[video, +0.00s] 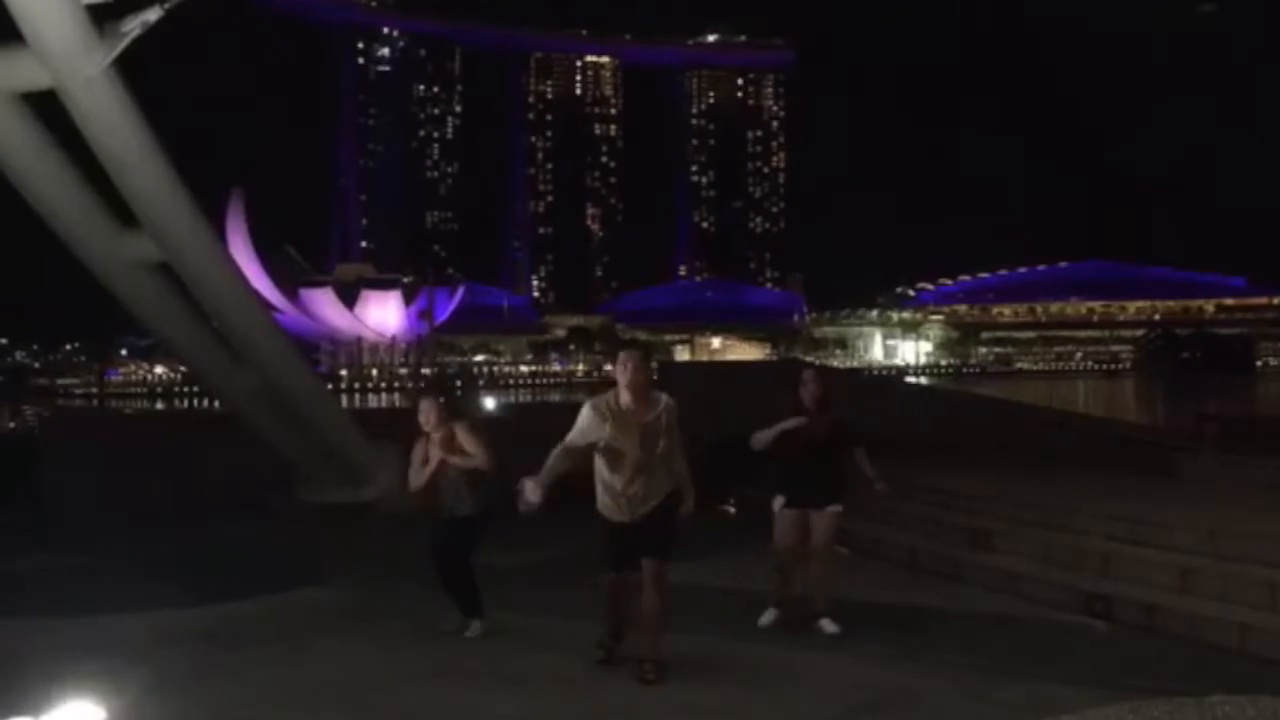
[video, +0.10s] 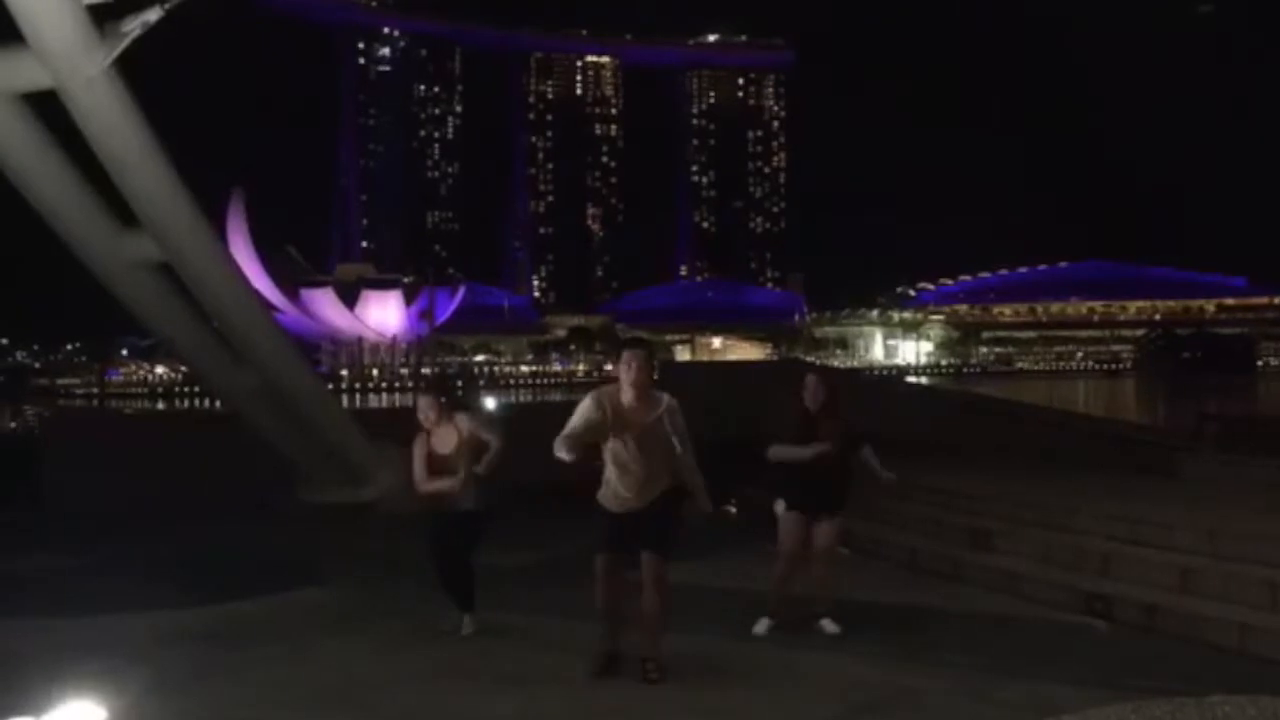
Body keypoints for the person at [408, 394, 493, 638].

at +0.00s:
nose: (424, 418)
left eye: (429, 411)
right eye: (421, 412)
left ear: (441, 412)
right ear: (418, 416)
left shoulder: (458, 431)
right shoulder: (423, 444)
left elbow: (483, 461)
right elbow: (414, 484)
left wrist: (446, 456)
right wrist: (433, 460)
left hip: (470, 508)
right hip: (443, 510)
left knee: (457, 560)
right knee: (444, 562)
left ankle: (475, 615)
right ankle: (466, 614)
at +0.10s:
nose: (425, 416)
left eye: (429, 409)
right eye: (420, 411)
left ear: (441, 407)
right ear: (417, 414)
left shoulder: (462, 423)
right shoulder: (422, 442)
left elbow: (495, 441)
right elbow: (421, 484)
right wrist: (452, 483)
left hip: (469, 503)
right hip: (441, 508)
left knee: (460, 557)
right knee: (443, 560)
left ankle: (468, 613)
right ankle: (464, 610)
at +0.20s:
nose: (422, 413)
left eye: (427, 406)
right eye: (419, 407)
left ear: (440, 405)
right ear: (417, 410)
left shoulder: (464, 415)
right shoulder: (427, 440)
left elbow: (499, 421)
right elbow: (427, 486)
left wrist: (510, 451)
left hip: (476, 499)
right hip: (448, 503)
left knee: (468, 555)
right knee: (446, 555)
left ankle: (460, 609)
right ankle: (456, 610)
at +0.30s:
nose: (422, 426)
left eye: (426, 419)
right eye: (418, 420)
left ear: (442, 415)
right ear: (418, 422)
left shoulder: (465, 418)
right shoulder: (432, 453)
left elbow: (499, 408)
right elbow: (419, 497)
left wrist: (528, 427)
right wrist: (401, 536)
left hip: (483, 499)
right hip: (451, 504)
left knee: (475, 561)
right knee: (439, 547)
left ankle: (458, 618)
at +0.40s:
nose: (424, 440)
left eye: (427, 433)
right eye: (419, 436)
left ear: (441, 428)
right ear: (418, 438)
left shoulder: (465, 429)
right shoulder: (434, 464)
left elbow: (488, 401)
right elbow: (417, 495)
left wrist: (526, 398)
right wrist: (398, 523)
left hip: (487, 504)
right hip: (456, 510)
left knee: (479, 564)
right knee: (441, 552)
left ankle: (458, 619)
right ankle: (411, 559)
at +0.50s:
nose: (424, 440)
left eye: (427, 432)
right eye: (420, 435)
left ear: (440, 427)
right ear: (419, 438)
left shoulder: (470, 432)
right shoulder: (436, 463)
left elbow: (480, 396)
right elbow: (428, 491)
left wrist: (519, 396)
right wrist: (422, 513)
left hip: (489, 506)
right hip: (457, 511)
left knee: (480, 565)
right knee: (444, 555)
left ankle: (458, 618)